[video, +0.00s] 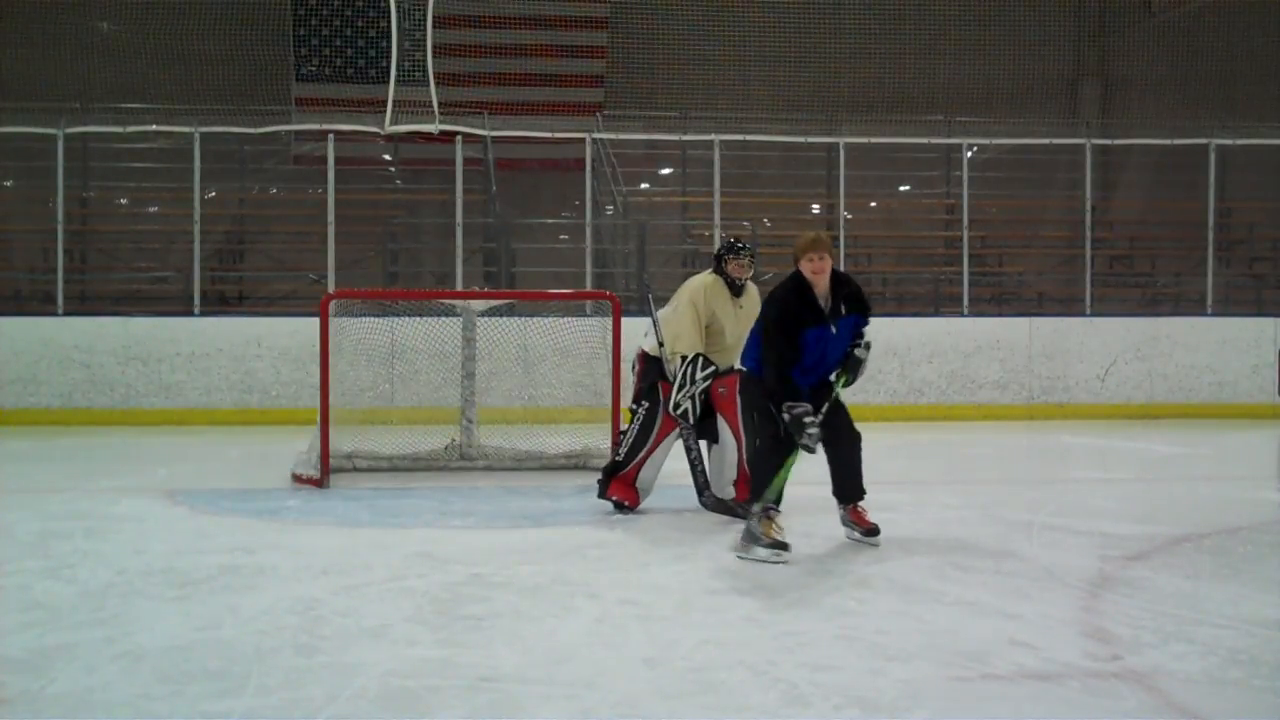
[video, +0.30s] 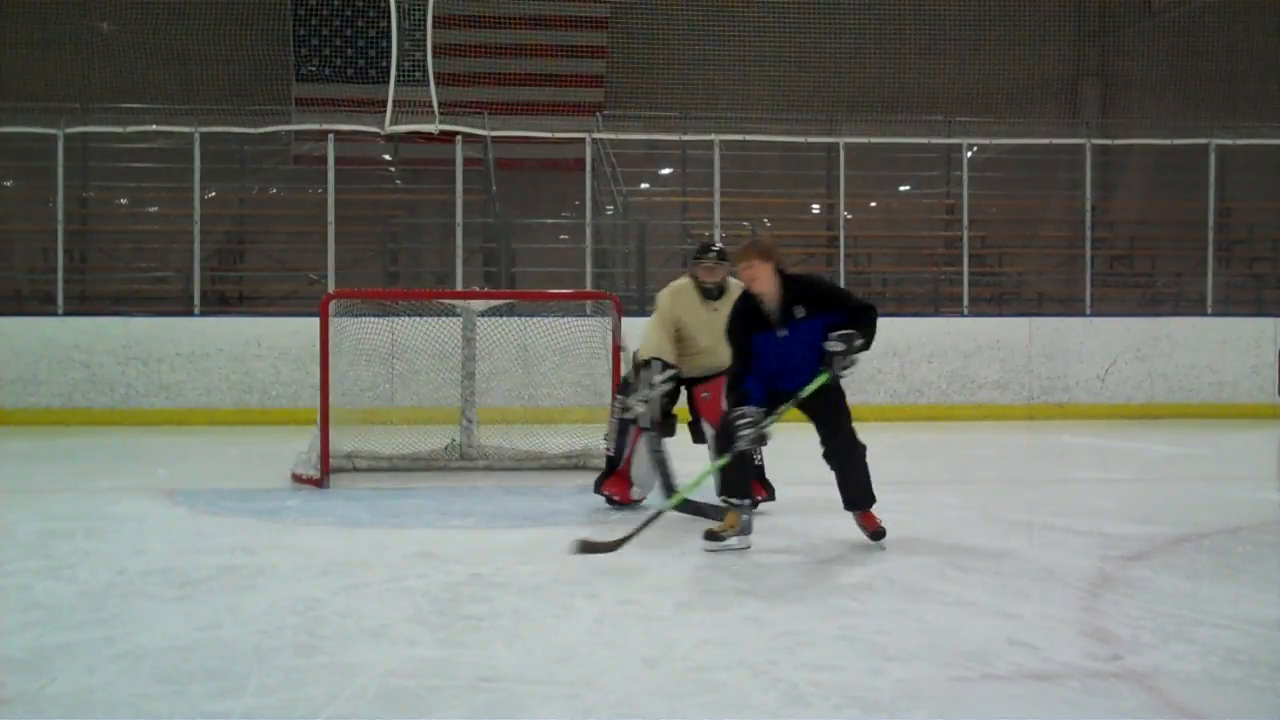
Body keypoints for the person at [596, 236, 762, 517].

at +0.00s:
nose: (742, 268)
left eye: (747, 263)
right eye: (736, 262)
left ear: (752, 266)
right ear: (721, 263)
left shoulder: (752, 294)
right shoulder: (699, 288)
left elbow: (755, 339)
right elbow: (684, 336)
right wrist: (691, 381)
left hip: (713, 368)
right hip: (663, 361)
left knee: (734, 416)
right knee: (658, 419)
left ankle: (729, 491)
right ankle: (622, 484)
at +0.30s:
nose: (710, 273)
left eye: (716, 267)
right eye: (704, 267)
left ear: (726, 269)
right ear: (693, 269)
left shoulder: (740, 295)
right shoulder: (673, 296)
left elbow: (754, 338)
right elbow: (659, 340)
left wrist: (752, 379)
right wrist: (658, 382)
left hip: (717, 369)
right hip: (670, 366)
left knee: (727, 423)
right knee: (641, 413)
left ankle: (746, 481)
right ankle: (627, 481)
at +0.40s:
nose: (683, 273)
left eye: (689, 267)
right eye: (677, 267)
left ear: (701, 270)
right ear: (669, 269)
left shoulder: (715, 297)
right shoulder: (650, 298)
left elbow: (732, 339)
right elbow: (633, 340)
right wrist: (623, 375)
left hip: (701, 374)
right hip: (659, 374)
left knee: (707, 431)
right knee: (635, 422)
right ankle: (629, 483)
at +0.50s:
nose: (653, 274)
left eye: (658, 268)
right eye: (647, 268)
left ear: (669, 269)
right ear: (637, 270)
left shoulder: (686, 297)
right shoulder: (620, 303)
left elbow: (712, 333)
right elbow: (604, 343)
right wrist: (586, 375)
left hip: (687, 375)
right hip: (644, 377)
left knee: (707, 426)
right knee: (612, 416)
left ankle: (748, 479)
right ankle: (623, 479)